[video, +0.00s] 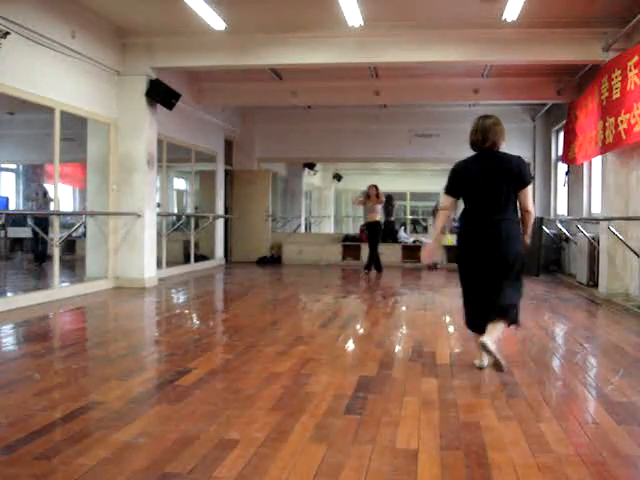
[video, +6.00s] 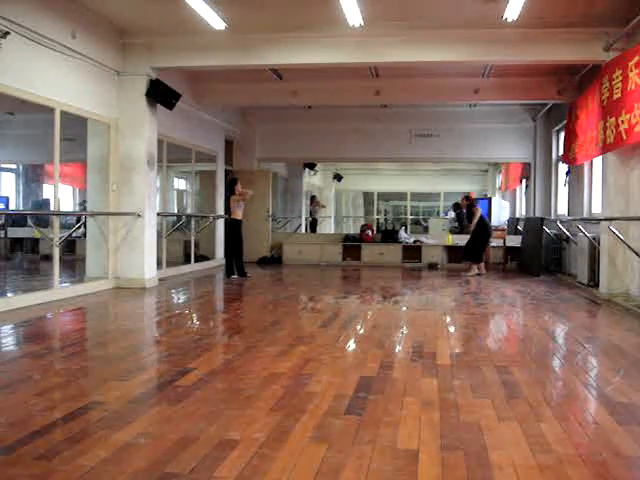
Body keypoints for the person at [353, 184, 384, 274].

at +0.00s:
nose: (371, 191)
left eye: (373, 189)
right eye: (370, 189)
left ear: (376, 191)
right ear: (368, 191)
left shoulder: (377, 200)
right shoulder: (366, 200)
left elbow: (382, 201)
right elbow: (355, 202)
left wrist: (380, 194)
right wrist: (362, 196)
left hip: (376, 222)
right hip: (368, 222)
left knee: (373, 247)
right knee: (372, 247)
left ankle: (367, 268)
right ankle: (379, 268)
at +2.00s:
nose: (285, 189)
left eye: (287, 187)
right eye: (283, 187)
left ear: (290, 189)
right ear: (280, 189)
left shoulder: (293, 199)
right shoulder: (278, 199)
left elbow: (299, 195)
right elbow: (268, 193)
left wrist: (300, 190)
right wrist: (272, 183)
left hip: (290, 223)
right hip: (281, 223)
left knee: (288, 250)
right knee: (275, 249)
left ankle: (286, 275)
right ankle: (283, 273)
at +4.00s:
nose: (235, 186)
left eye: (236, 184)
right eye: (233, 184)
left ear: (237, 186)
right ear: (227, 186)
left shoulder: (238, 196)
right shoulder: (225, 198)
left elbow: (252, 199)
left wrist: (244, 191)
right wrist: (228, 192)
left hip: (236, 220)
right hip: (227, 221)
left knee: (240, 248)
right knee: (226, 248)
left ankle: (244, 272)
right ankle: (226, 272)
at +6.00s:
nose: (240, 187)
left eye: (239, 185)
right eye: (238, 185)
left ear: (237, 187)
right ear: (234, 187)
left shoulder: (239, 197)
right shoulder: (233, 198)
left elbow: (249, 193)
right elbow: (246, 197)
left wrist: (242, 192)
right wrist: (242, 192)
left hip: (238, 221)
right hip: (232, 221)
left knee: (238, 247)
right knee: (231, 248)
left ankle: (241, 271)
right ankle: (230, 272)